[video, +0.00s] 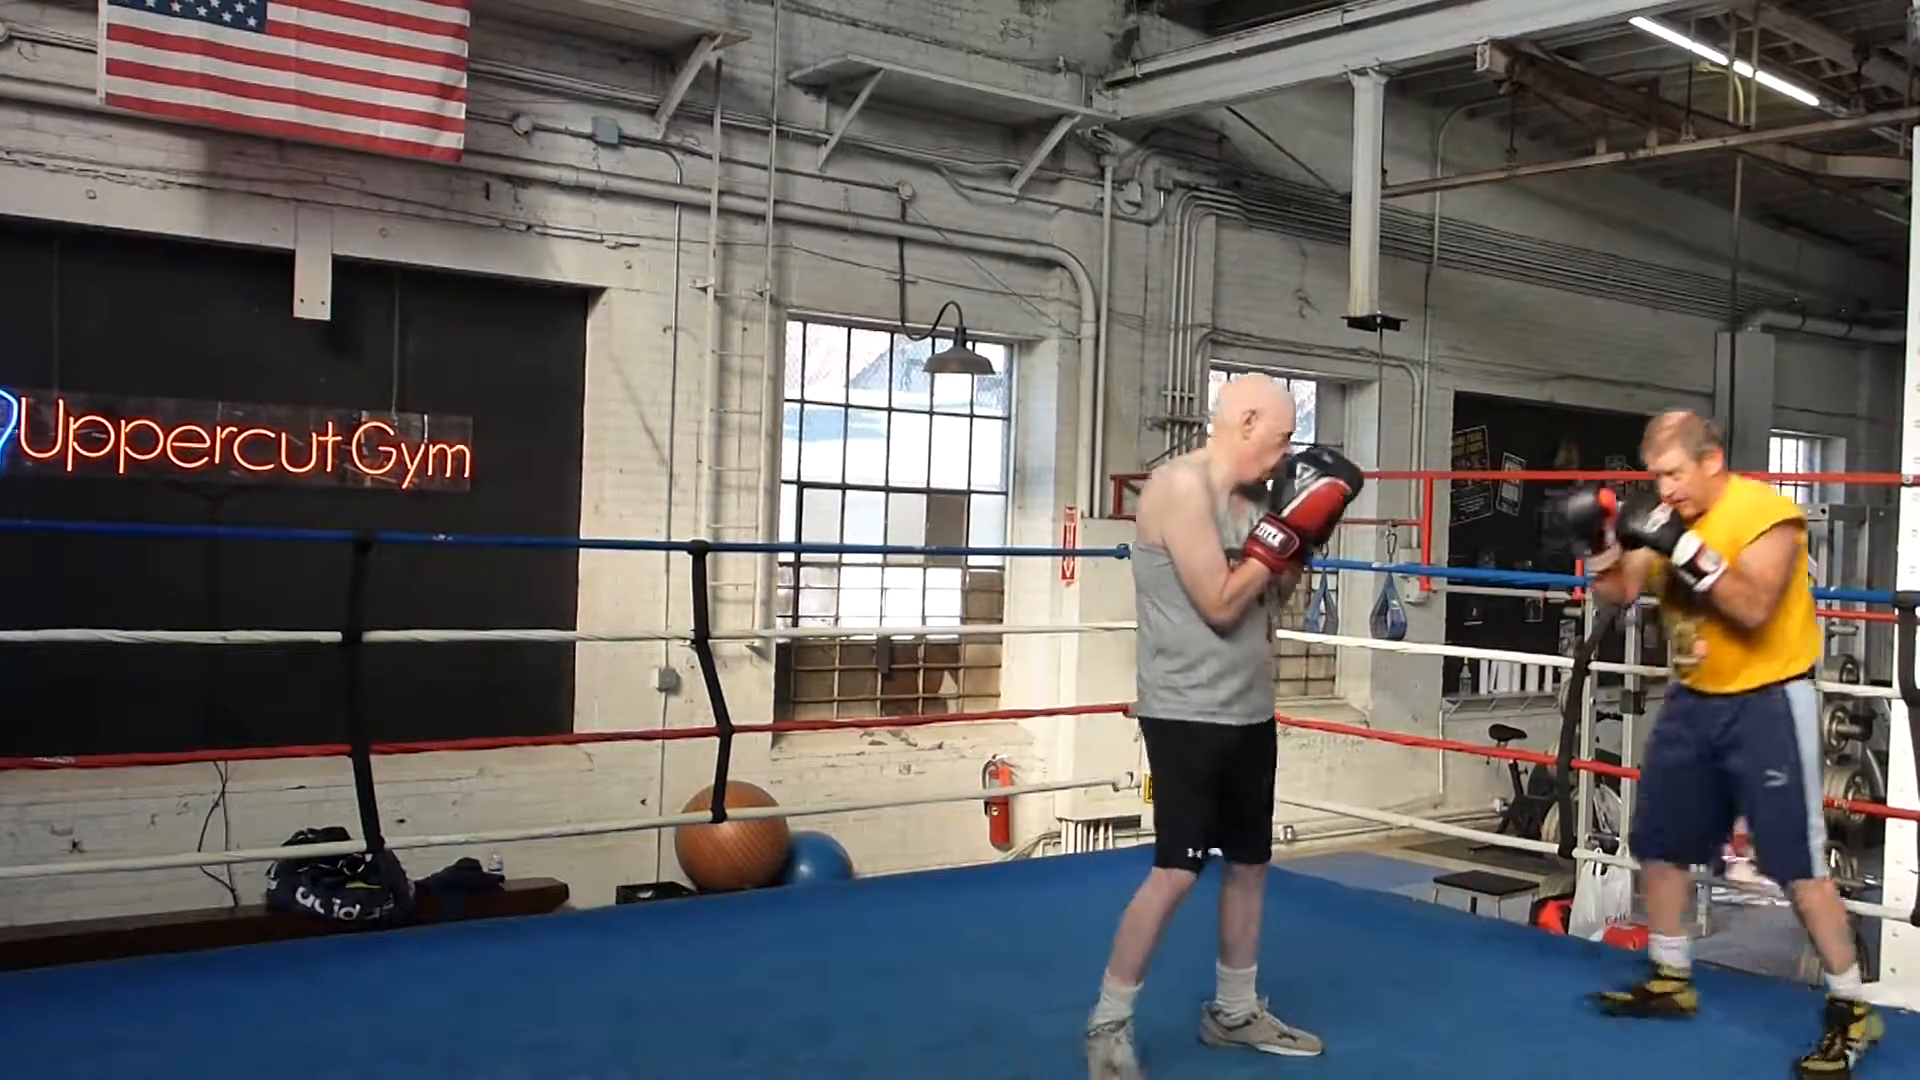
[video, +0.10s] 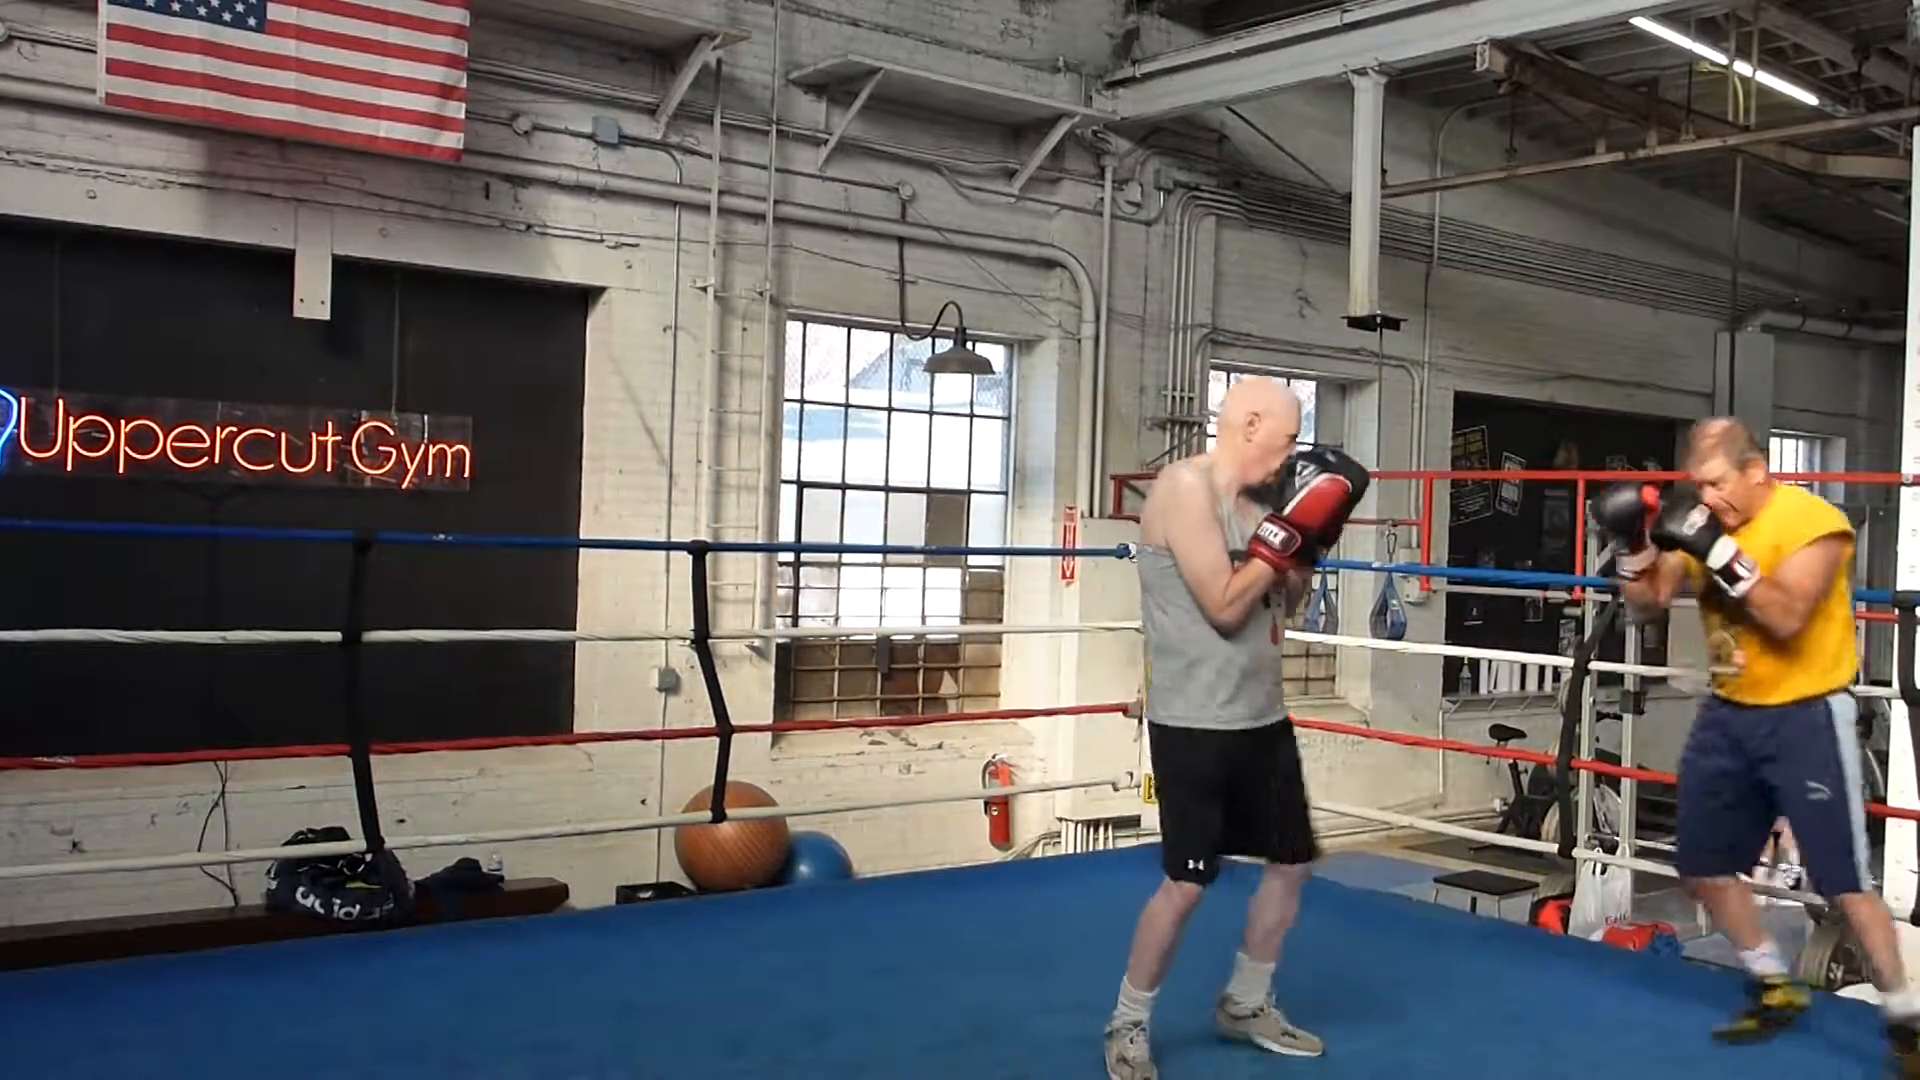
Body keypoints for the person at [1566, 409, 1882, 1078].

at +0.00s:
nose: (1665, 489)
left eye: (1673, 475)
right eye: (1656, 478)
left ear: (1715, 460)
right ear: (1655, 477)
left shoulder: (1766, 509)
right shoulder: (1667, 521)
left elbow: (1753, 607)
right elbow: (1616, 594)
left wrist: (1684, 546)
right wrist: (1602, 544)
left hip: (1769, 703)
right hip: (1691, 703)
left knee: (1794, 859)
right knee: (1659, 841)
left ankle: (1853, 1007)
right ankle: (1670, 981)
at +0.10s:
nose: (1706, 500)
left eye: (1715, 485)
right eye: (1698, 489)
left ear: (1756, 468)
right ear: (1693, 485)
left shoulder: (1814, 521)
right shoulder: (1704, 527)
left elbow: (1788, 616)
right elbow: (1651, 604)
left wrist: (1716, 550)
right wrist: (1633, 550)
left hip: (1808, 716)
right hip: (1728, 715)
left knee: (1844, 878)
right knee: (1702, 863)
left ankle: (1904, 1016)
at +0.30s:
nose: (1777, 545)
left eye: (1787, 529)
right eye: (1769, 532)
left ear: (1831, 518)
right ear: (1762, 529)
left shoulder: (1881, 578)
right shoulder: (1766, 576)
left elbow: (1846, 678)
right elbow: (1717, 669)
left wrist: (1774, 612)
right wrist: (1704, 609)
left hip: (1868, 778)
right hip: (1776, 770)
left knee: (1896, 941)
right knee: (1695, 886)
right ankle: (1785, 981)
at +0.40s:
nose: (1774, 537)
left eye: (1785, 521)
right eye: (1767, 524)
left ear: (1831, 511)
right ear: (1760, 522)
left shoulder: (1883, 570)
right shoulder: (1772, 573)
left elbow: (1848, 671)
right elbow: (1725, 663)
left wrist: (1779, 595)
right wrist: (1701, 617)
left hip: (1865, 770)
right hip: (1772, 759)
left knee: (1898, 933)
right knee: (1680, 862)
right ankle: (1730, 1002)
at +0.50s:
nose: (1762, 530)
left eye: (1773, 515)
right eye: (1755, 516)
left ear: (1818, 506)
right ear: (1751, 514)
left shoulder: (1870, 564)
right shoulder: (1746, 560)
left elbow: (1846, 667)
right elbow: (1673, 623)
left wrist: (1778, 592)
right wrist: (1647, 586)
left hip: (1860, 766)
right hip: (1763, 756)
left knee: (1899, 931)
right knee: (1662, 866)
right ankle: (1645, 1013)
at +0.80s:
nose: (1638, 523)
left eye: (1646, 508)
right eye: (1632, 512)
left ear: (1689, 499)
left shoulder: (1739, 547)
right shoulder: (1639, 558)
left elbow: (1694, 623)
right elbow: (1594, 632)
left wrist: (1620, 583)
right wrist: (1575, 589)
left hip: (1758, 751)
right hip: (1667, 749)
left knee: (1820, 916)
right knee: (1580, 879)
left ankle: (1902, 1014)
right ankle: (1588, 1019)